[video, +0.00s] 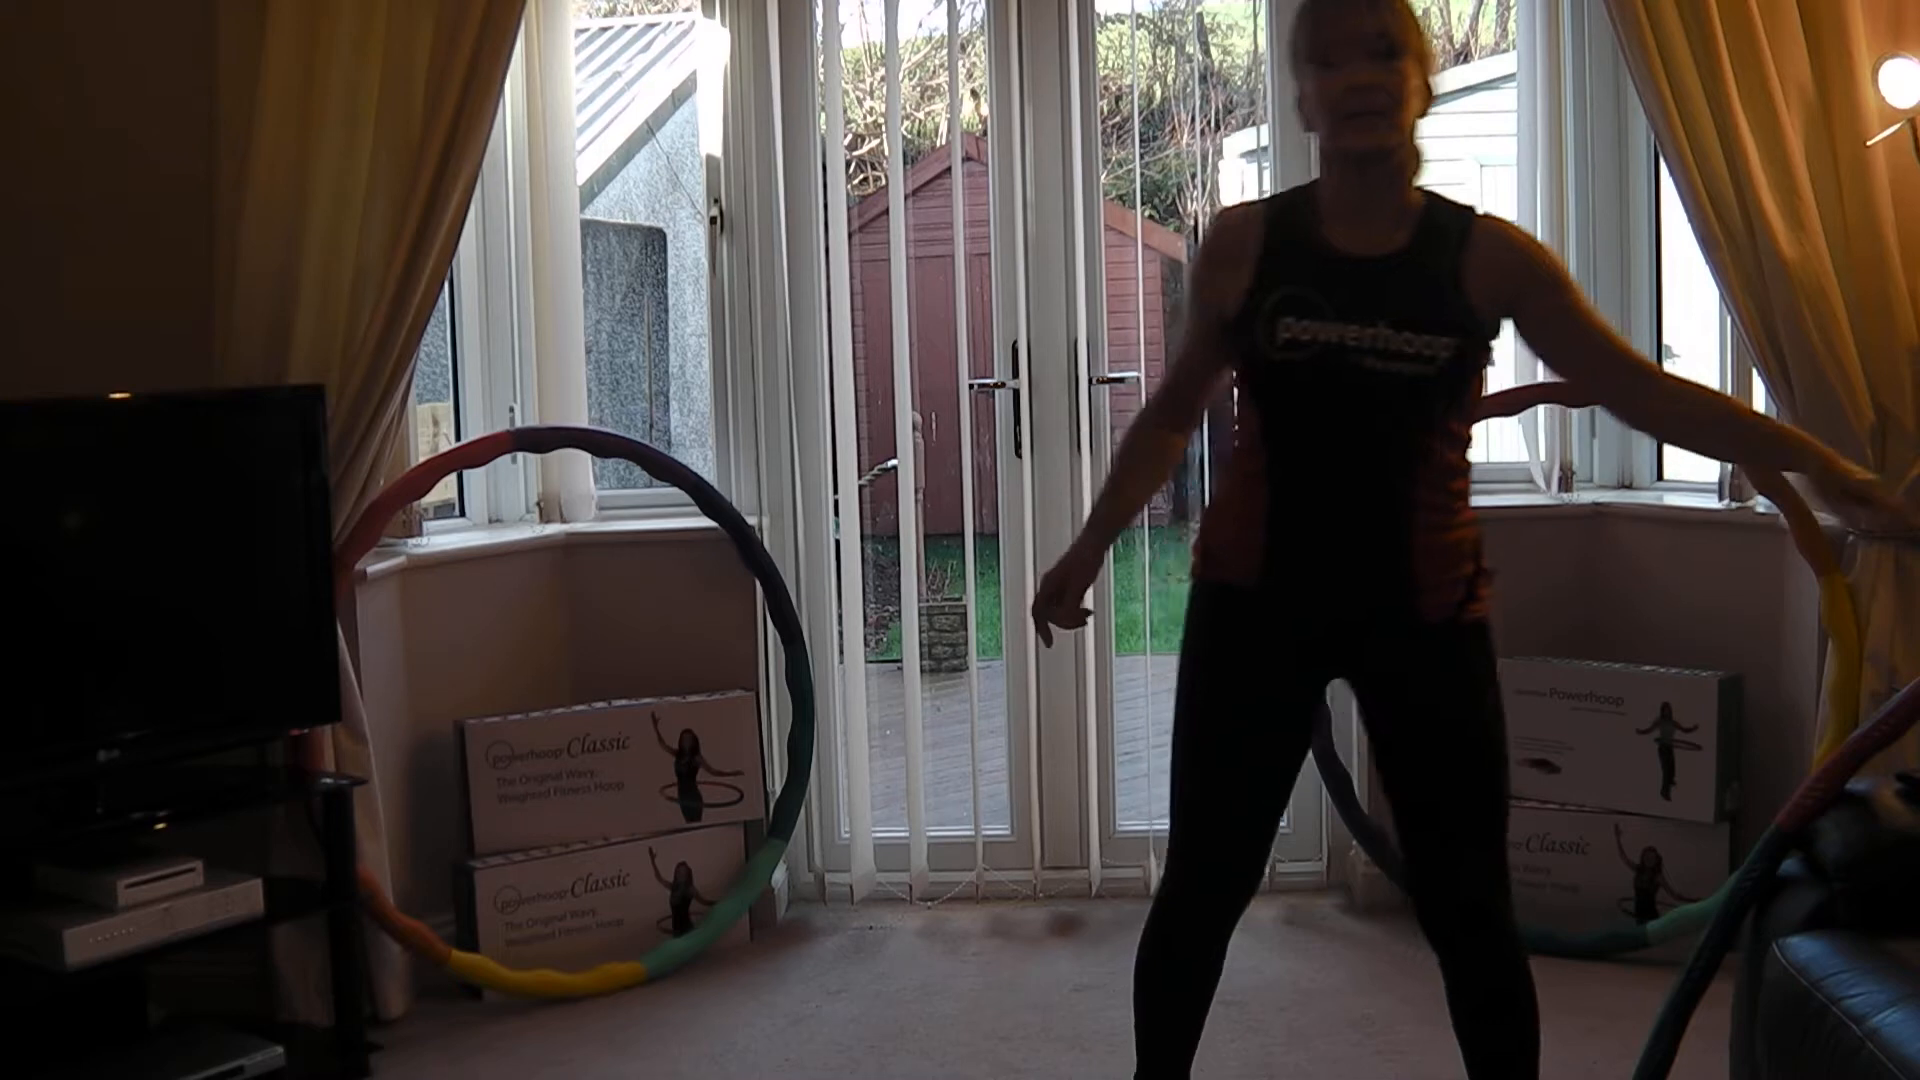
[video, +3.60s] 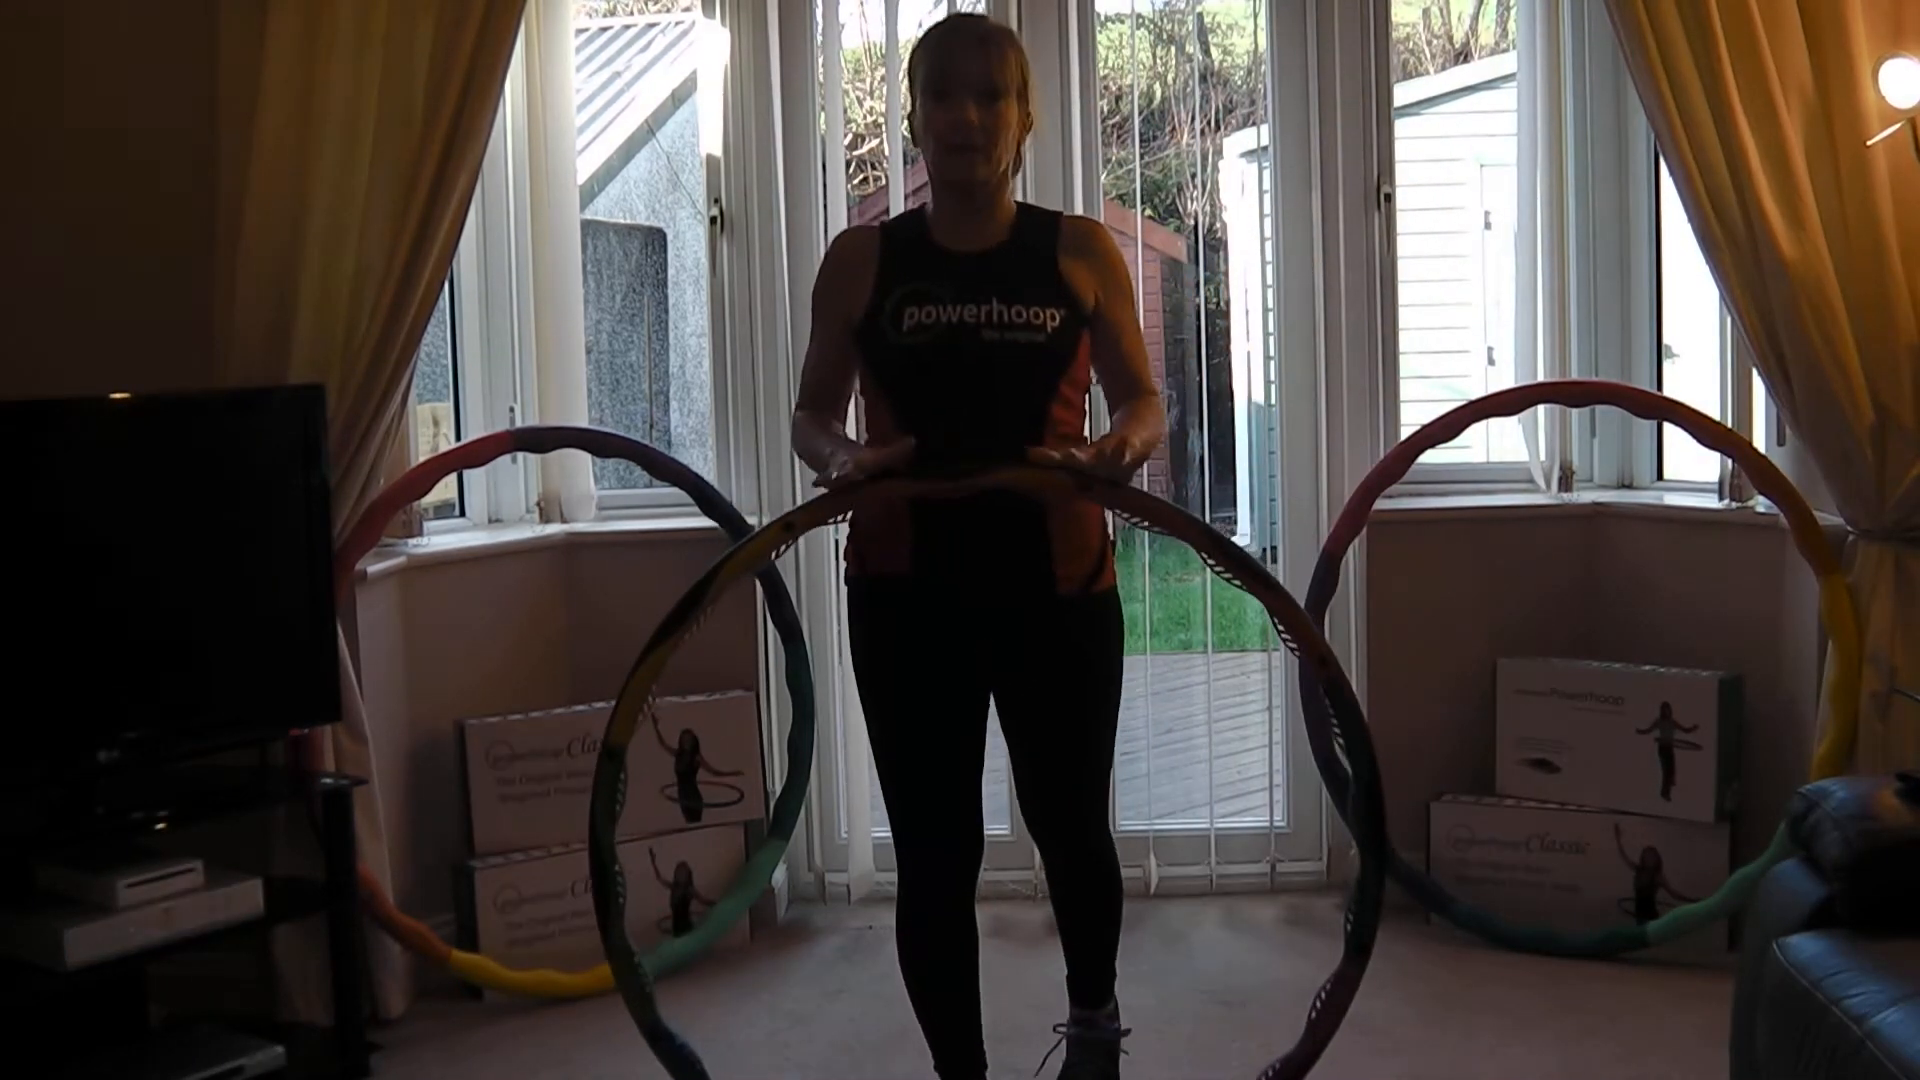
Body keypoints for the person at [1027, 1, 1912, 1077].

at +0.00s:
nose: (1357, 83)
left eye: (1379, 59)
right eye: (1330, 64)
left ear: (1418, 78)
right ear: (1299, 88)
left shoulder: (1490, 258)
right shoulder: (1241, 244)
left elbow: (1642, 391)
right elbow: (1173, 413)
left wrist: (1813, 461)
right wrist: (1085, 550)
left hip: (1420, 615)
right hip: (1254, 607)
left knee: (1470, 912)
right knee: (1199, 893)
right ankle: (1159, 1076)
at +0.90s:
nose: (1376, 82)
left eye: (1402, 58)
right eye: (1349, 56)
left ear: (1439, 80)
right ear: (1316, 77)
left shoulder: (1497, 258)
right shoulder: (1256, 236)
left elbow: (1561, 442)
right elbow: (1190, 406)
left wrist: (1654, 501)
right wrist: (1095, 558)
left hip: (1419, 612)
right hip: (1253, 598)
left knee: (1465, 914)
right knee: (1158, 877)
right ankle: (1081, 1072)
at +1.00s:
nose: (1307, 96)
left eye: (1333, 71)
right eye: (1279, 70)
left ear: (1367, 90)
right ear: (1244, 93)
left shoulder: (1423, 261)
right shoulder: (1187, 254)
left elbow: (1476, 450)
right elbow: (1129, 435)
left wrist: (1545, 478)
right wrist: (1037, 585)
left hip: (1366, 618)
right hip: (1202, 613)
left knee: (1434, 912)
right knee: (1126, 895)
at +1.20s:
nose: (1151, 104)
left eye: (1175, 81)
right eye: (1125, 82)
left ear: (1211, 103)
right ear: (1091, 106)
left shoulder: (1276, 253)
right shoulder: (1048, 272)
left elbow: (1340, 433)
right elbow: (994, 447)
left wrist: (1371, 427)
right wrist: (960, 556)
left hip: (1255, 609)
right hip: (1094, 614)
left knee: (1355, 893)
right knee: (1073, 893)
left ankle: (1425, 1074)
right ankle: (1059, 1074)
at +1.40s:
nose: (1070, 108)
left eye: (1091, 85)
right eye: (1042, 87)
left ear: (1123, 104)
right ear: (1005, 110)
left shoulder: (1191, 241)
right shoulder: (965, 275)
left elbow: (1276, 400)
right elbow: (917, 453)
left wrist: (1266, 403)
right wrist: (939, 491)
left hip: (1197, 587)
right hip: (1041, 599)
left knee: (1270, 876)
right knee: (1051, 885)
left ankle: (1259, 1071)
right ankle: (1066, 1078)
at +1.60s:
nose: (1065, 123)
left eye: (1081, 101)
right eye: (1036, 102)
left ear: (1101, 113)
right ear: (988, 119)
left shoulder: (1162, 249)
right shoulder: (944, 275)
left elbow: (1252, 396)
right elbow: (908, 451)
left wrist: (1230, 400)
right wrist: (911, 467)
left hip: (1166, 589)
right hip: (1021, 598)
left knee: (1196, 850)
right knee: (1040, 871)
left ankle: (1104, 1004)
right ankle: (1051, 1075)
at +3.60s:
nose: (964, 119)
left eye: (987, 99)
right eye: (943, 96)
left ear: (1023, 119)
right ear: (912, 111)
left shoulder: (1082, 252)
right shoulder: (860, 260)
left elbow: (1145, 403)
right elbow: (812, 413)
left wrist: (1118, 447)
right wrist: (843, 455)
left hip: (1054, 587)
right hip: (909, 593)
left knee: (1070, 823)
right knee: (933, 859)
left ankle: (1093, 1021)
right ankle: (960, 1074)